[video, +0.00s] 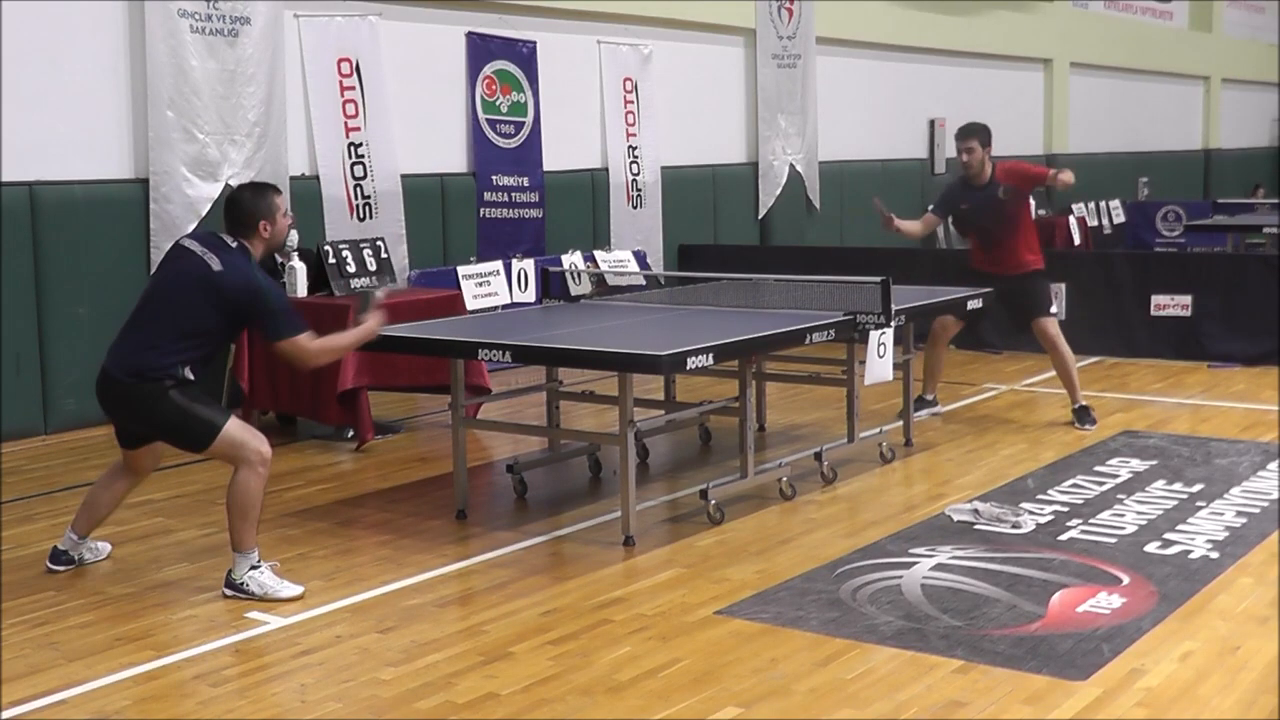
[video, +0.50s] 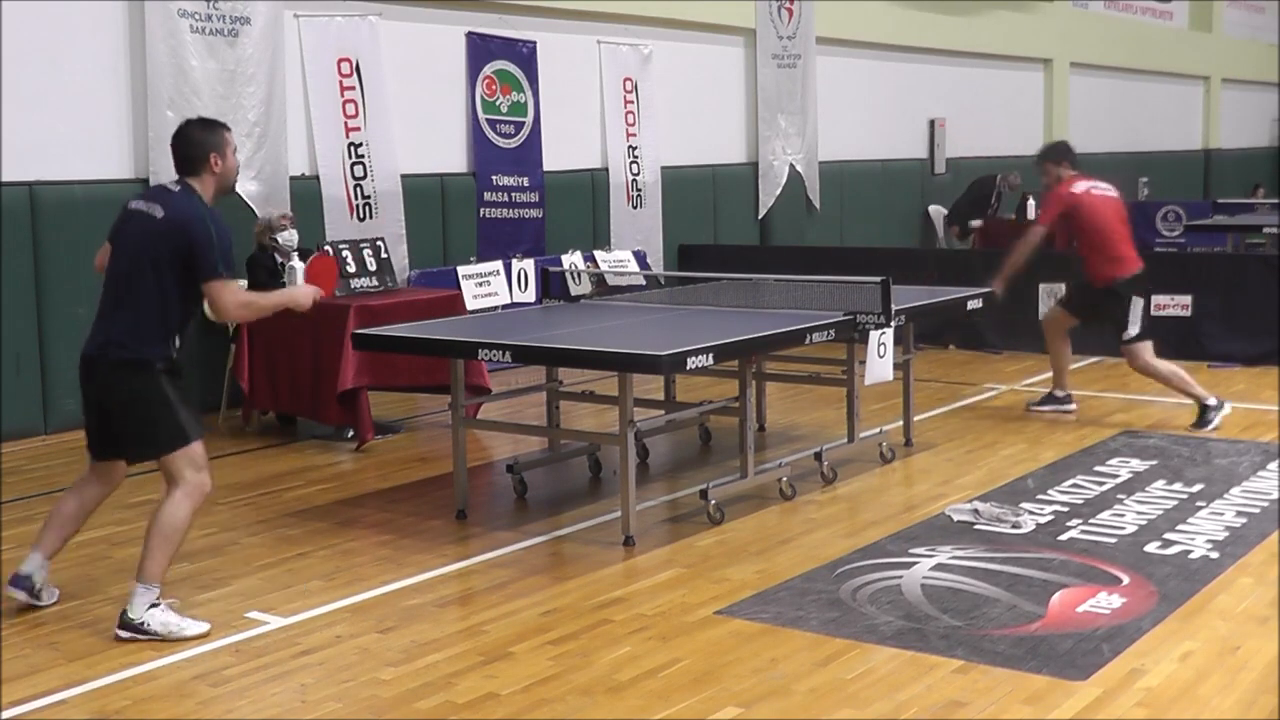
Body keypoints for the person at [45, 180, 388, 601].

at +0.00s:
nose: (289, 223)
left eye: (288, 215)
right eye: (285, 216)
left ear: (237, 220)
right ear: (263, 227)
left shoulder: (196, 241)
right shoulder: (251, 282)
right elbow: (307, 354)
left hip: (119, 380)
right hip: (152, 390)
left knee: (137, 463)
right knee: (254, 454)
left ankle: (69, 544)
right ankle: (245, 570)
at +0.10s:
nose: (293, 229)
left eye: (291, 221)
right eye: (290, 222)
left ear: (242, 223)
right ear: (272, 231)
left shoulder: (193, 237)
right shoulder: (267, 275)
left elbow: (162, 255)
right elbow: (344, 293)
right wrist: (405, 270)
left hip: (105, 377)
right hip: (141, 389)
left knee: (133, 457)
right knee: (245, 456)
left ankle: (59, 540)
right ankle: (244, 570)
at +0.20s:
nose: (286, 211)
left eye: (284, 201)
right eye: (282, 201)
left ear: (233, 202)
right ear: (261, 206)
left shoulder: (185, 219)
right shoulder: (245, 261)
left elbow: (150, 234)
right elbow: (307, 313)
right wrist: (359, 268)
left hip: (104, 367)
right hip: (143, 380)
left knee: (124, 463)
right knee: (242, 456)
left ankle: (44, 538)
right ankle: (243, 570)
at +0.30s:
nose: (254, 183)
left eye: (252, 173)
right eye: (251, 174)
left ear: (205, 181)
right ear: (233, 182)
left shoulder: (161, 209)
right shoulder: (205, 235)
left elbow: (124, 254)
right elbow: (224, 324)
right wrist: (289, 303)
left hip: (93, 364)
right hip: (132, 370)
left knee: (105, 475)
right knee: (237, 447)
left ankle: (30, 571)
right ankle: (199, 571)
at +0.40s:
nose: (242, 179)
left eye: (240, 168)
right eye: (239, 170)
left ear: (189, 176)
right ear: (221, 178)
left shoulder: (150, 211)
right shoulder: (196, 232)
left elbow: (111, 269)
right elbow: (209, 323)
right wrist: (274, 313)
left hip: (96, 368)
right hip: (136, 375)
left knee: (93, 483)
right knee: (213, 474)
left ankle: (25, 582)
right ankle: (153, 593)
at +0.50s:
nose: (237, 162)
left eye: (234, 152)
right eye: (233, 154)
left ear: (184, 161)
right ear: (216, 162)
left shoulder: (144, 201)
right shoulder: (202, 221)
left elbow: (104, 263)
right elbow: (227, 306)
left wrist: (171, 284)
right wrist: (288, 298)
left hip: (100, 362)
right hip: (139, 369)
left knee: (105, 472)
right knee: (192, 480)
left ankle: (31, 572)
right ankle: (143, 605)